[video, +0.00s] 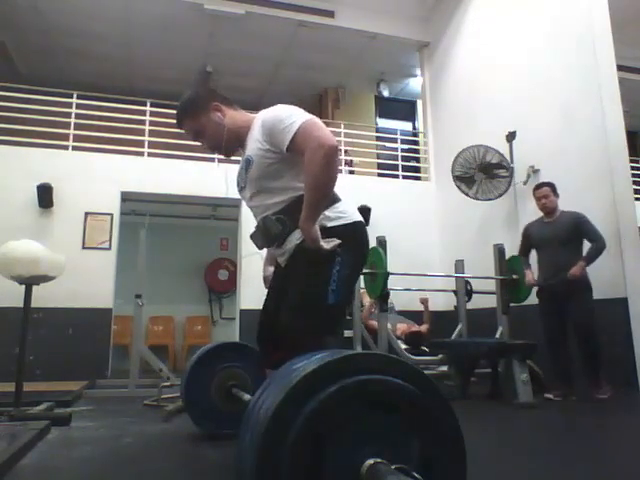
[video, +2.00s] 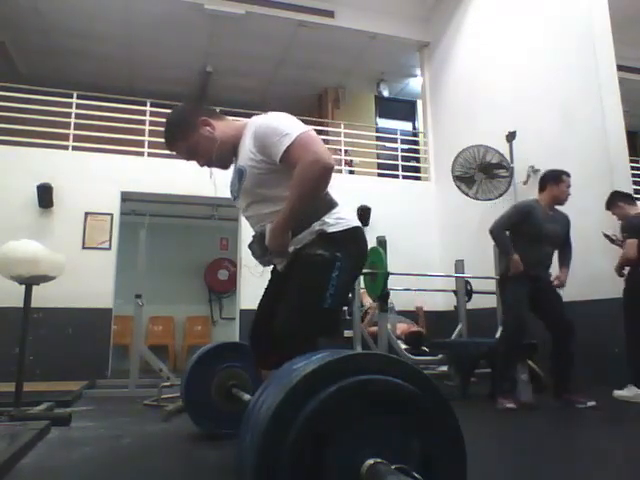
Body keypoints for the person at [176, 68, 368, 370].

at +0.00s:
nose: (203, 146)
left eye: (200, 134)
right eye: (196, 140)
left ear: (219, 112)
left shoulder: (271, 119)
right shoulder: (247, 168)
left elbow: (324, 147)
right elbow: (277, 213)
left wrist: (308, 222)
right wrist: (271, 256)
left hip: (329, 236)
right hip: (296, 251)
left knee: (303, 338)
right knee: (271, 338)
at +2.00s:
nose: (199, 163)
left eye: (194, 153)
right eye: (191, 159)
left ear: (207, 127)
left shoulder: (265, 126)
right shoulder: (240, 174)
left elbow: (318, 162)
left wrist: (281, 227)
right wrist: (266, 238)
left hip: (330, 244)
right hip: (297, 257)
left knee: (298, 340)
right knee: (264, 342)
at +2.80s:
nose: (198, 161)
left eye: (194, 151)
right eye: (191, 157)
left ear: (210, 127)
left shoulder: (272, 130)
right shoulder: (241, 178)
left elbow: (276, 182)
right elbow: (236, 228)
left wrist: (263, 246)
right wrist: (223, 265)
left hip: (328, 245)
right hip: (296, 260)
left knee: (288, 337)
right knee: (258, 336)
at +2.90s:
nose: (200, 162)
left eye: (197, 151)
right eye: (193, 157)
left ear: (213, 126)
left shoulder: (272, 133)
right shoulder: (236, 175)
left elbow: (257, 174)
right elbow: (212, 219)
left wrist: (220, 216)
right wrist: (179, 262)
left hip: (330, 247)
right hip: (292, 263)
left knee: (290, 339)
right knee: (258, 338)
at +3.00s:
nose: (204, 157)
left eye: (201, 148)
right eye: (197, 154)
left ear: (215, 125)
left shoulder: (278, 134)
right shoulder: (241, 177)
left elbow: (227, 158)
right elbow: (204, 207)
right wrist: (150, 233)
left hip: (331, 250)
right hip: (294, 264)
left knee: (294, 342)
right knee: (257, 338)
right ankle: (283, 426)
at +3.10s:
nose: (208, 147)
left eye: (206, 140)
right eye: (201, 144)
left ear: (219, 123)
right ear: (213, 133)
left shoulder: (278, 134)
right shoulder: (238, 177)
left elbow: (210, 147)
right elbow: (188, 197)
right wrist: (131, 207)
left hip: (333, 251)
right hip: (296, 267)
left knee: (288, 346)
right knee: (257, 345)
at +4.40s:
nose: (202, 163)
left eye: (201, 154)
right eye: (195, 157)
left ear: (217, 137)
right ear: (213, 144)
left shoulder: (273, 150)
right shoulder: (237, 184)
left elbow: (190, 155)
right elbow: (181, 189)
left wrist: (109, 152)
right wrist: (122, 180)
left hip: (342, 265)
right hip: (304, 275)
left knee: (285, 352)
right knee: (254, 344)